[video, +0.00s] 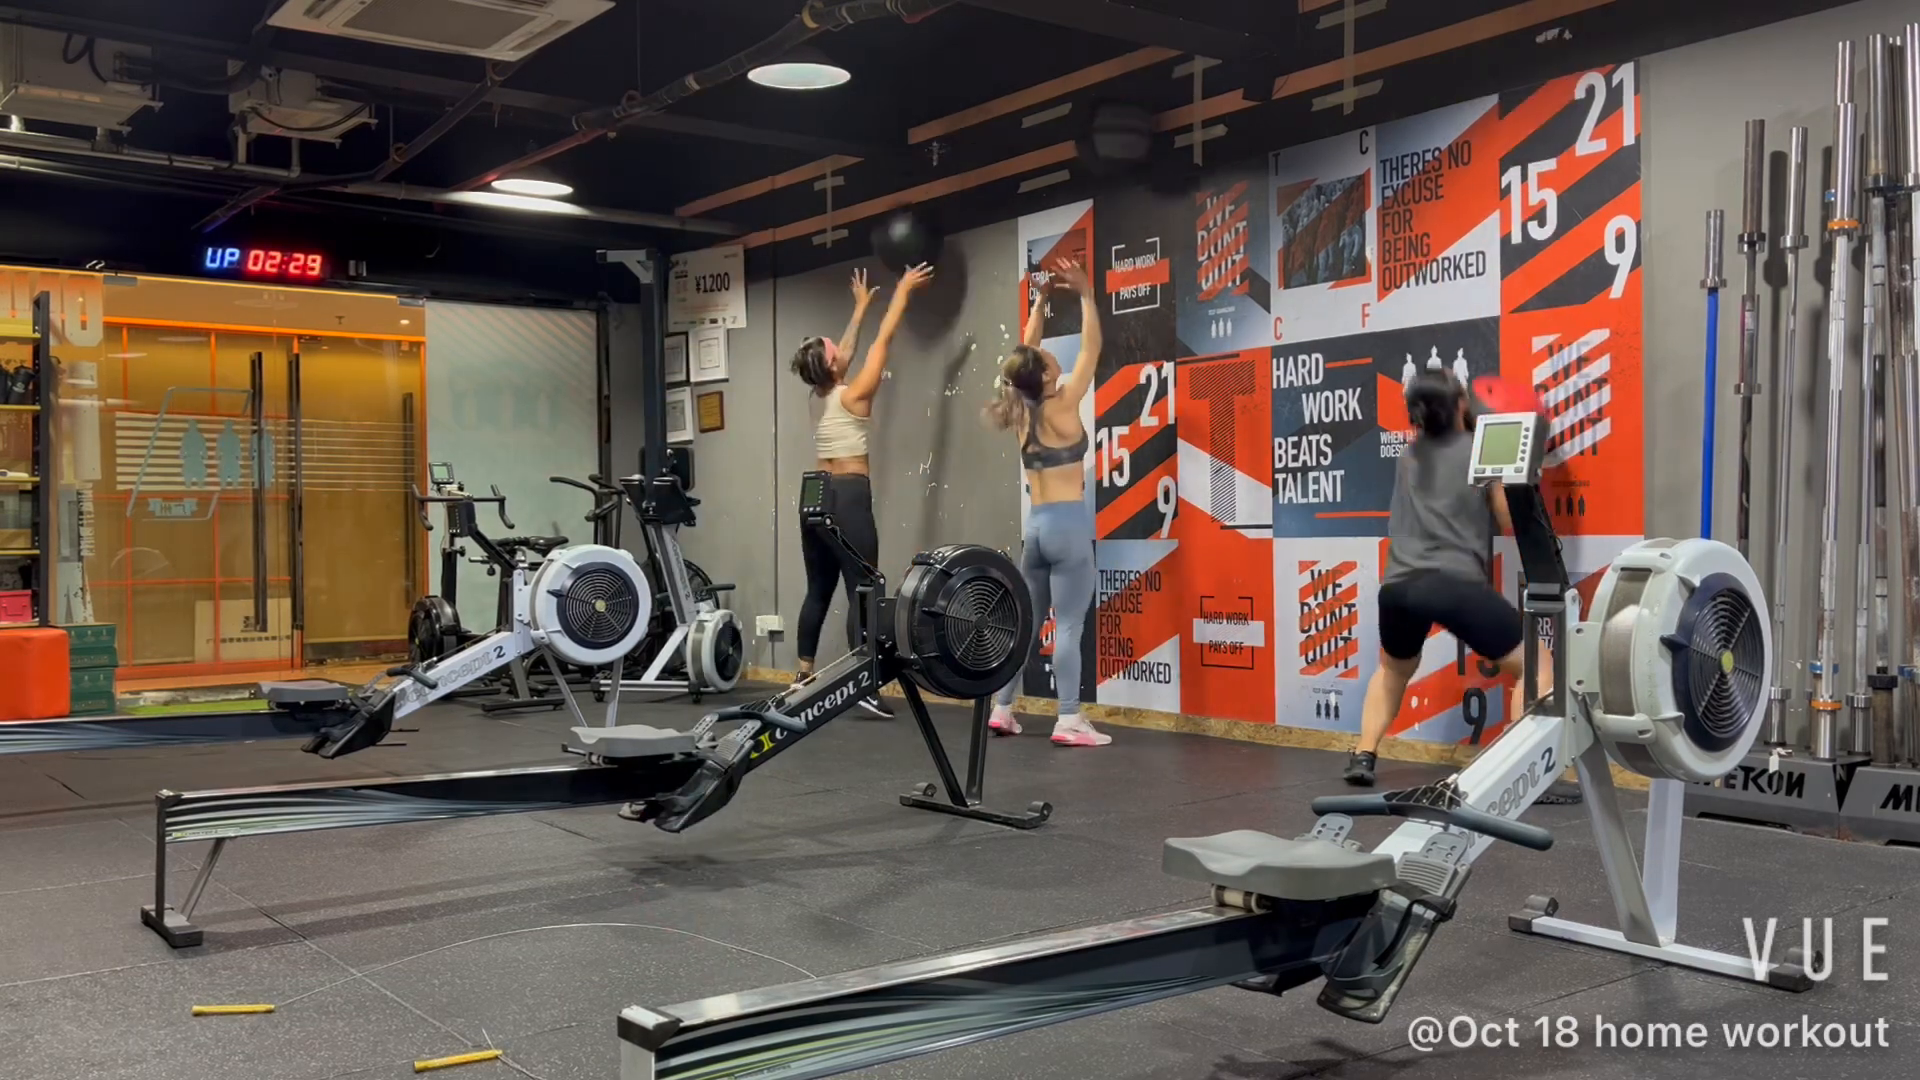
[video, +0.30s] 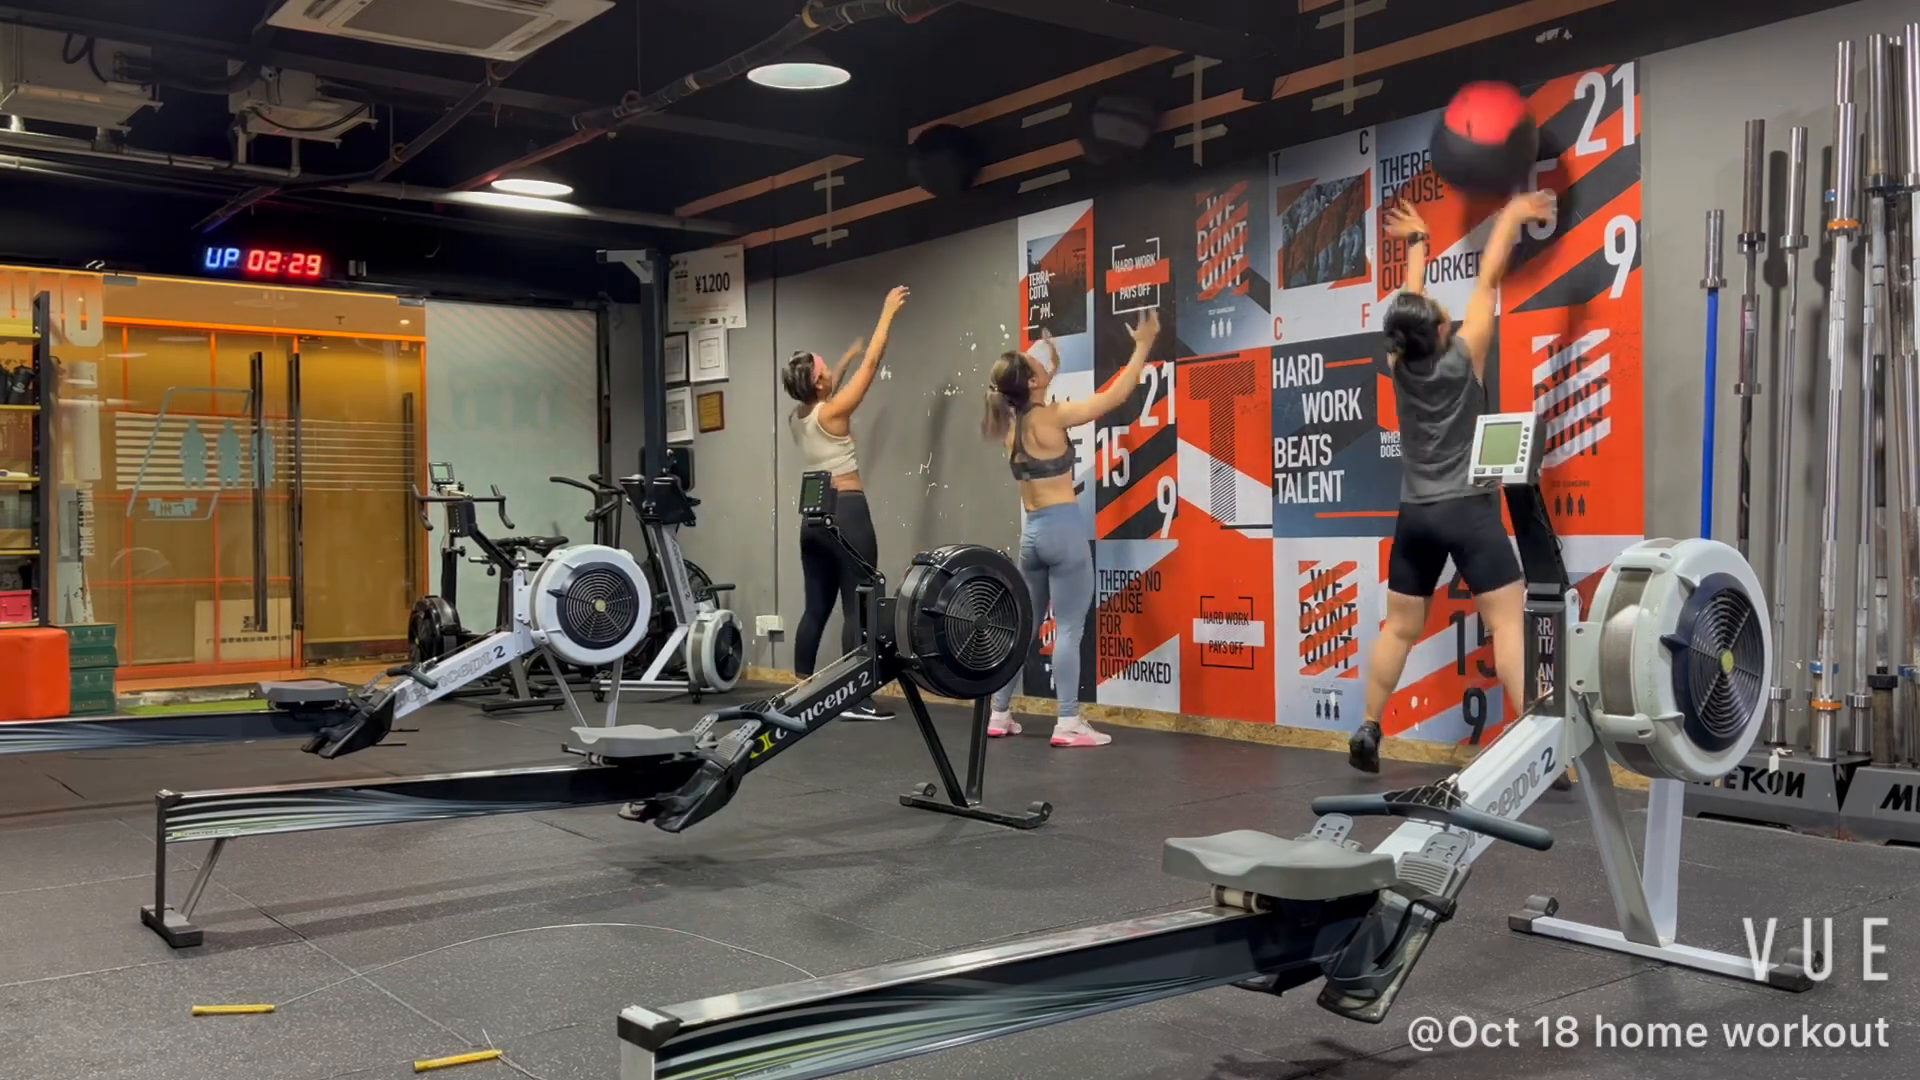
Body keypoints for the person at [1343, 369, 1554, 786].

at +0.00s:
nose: (1469, 402)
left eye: (1464, 395)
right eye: (1465, 397)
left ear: (1419, 412)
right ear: (1461, 406)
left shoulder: (1408, 455)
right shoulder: (1481, 451)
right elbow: (1506, 522)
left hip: (1399, 587)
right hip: (1458, 585)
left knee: (1391, 671)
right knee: (1533, 667)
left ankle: (1363, 755)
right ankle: (1525, 767)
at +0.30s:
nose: (1448, 316)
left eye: (1440, 313)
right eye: (1442, 314)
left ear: (1403, 338)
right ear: (1440, 327)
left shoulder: (1399, 369)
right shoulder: (1464, 354)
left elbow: (1409, 308)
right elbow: (1488, 280)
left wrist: (1417, 241)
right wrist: (1513, 213)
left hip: (1418, 517)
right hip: (1472, 513)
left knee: (1398, 629)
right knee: (1506, 624)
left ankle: (1369, 727)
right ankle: (1532, 728)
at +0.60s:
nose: (1453, 352)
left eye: (1448, 347)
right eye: (1448, 349)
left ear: (1405, 366)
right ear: (1440, 361)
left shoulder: (1397, 403)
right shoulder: (1468, 394)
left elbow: (1386, 350)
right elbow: (1518, 335)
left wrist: (1402, 291)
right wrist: (1523, 260)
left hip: (1418, 552)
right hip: (1472, 550)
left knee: (1399, 662)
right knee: (1501, 661)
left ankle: (1363, 761)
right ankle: (1519, 767)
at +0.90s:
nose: (1452, 349)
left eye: (1447, 344)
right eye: (1449, 347)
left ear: (1408, 366)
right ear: (1448, 360)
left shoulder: (1401, 406)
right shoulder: (1474, 400)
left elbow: (1428, 377)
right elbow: (1536, 396)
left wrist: (1443, 335)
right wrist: (1537, 332)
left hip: (1411, 555)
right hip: (1468, 556)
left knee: (1397, 660)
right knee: (1502, 663)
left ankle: (1362, 762)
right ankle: (1522, 774)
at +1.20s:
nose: (1467, 415)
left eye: (1462, 408)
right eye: (1461, 410)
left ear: (1415, 426)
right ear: (1454, 419)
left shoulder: (1404, 471)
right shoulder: (1478, 469)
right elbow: (1506, 534)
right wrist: (1544, 489)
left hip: (1391, 607)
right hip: (1451, 608)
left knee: (1398, 674)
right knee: (1539, 669)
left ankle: (1363, 762)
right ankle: (1522, 773)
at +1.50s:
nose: (1480, 483)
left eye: (1477, 477)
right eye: (1477, 478)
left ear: (1428, 491)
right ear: (1472, 488)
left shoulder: (1415, 535)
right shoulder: (1494, 544)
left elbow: (1412, 596)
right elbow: (1512, 616)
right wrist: (1528, 591)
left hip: (1389, 664)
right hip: (1454, 665)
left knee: (1401, 687)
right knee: (1549, 671)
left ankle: (1366, 759)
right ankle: (1529, 773)